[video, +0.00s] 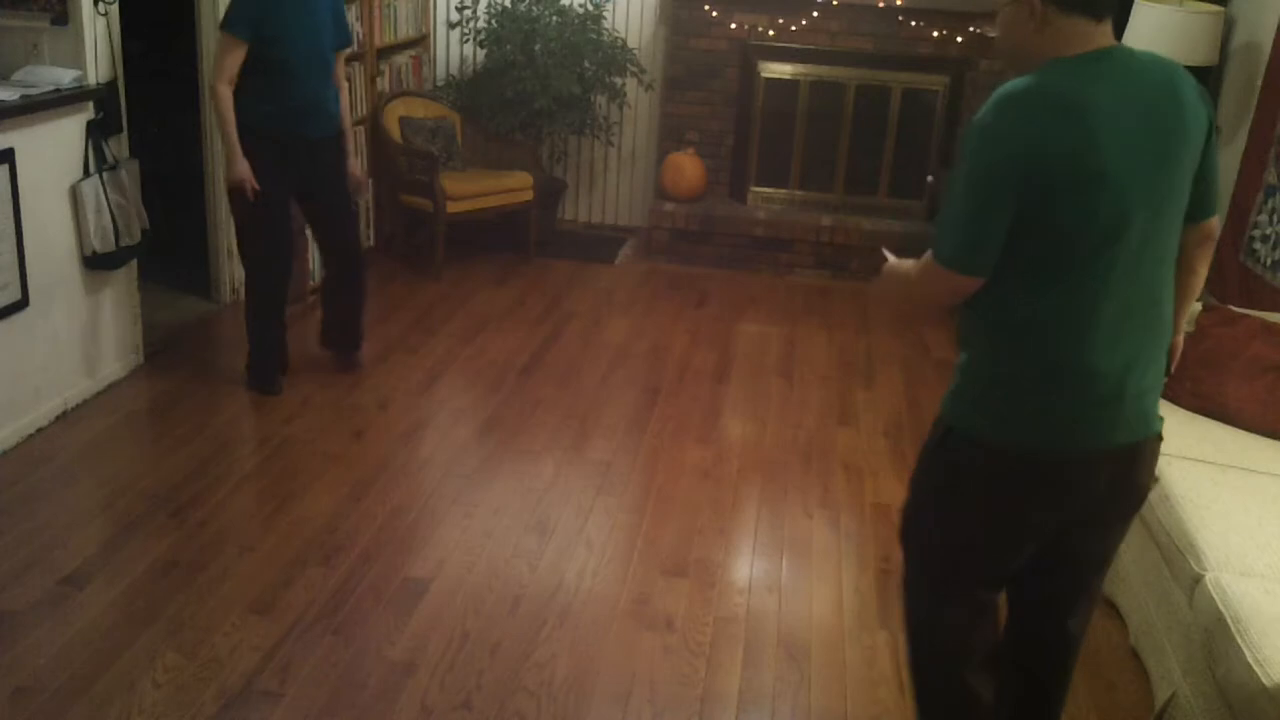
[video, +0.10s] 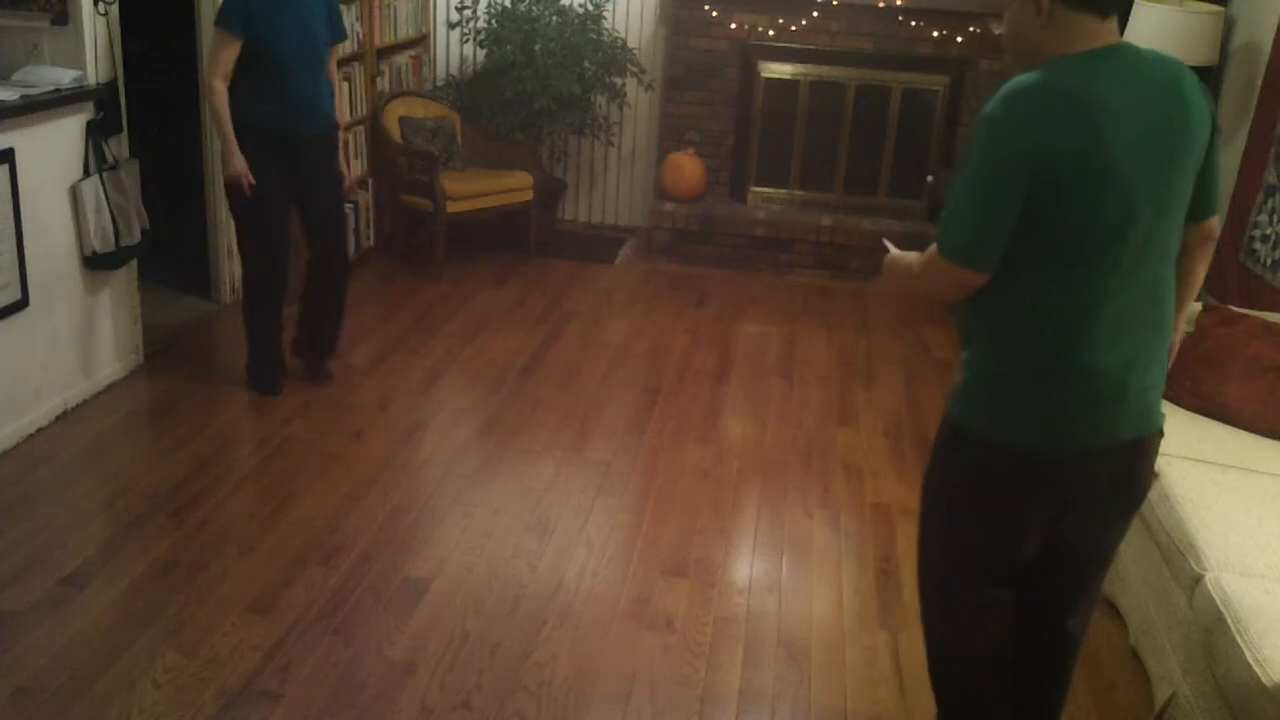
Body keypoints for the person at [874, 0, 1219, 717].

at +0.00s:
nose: (994, 27)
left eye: (999, 12)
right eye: (994, 13)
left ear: (1033, 11)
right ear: (1101, 13)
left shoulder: (1018, 110)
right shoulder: (1182, 94)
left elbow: (956, 274)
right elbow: (1200, 233)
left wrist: (901, 275)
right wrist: (1175, 328)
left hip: (1004, 439)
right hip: (1124, 443)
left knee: (945, 596)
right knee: (1051, 627)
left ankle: (957, 708)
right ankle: (1029, 711)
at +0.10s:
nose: (999, 25)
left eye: (1005, 9)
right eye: (999, 12)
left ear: (1041, 7)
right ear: (1108, 10)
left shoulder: (1023, 106)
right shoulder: (1183, 91)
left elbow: (962, 269)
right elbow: (1201, 232)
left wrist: (905, 269)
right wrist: (1170, 327)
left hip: (1008, 437)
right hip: (1125, 438)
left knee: (967, 635)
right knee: (1052, 636)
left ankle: (978, 712)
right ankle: (1033, 712)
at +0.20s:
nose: (1000, 26)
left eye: (1007, 11)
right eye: (1001, 14)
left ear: (1043, 9)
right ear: (1109, 14)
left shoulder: (1028, 110)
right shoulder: (1187, 99)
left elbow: (967, 269)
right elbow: (1197, 239)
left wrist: (906, 274)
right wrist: (1156, 324)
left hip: (1010, 438)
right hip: (1125, 442)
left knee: (965, 641)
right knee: (1051, 639)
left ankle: (978, 714)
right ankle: (1033, 713)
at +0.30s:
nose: (1001, 30)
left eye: (1008, 13)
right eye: (1003, 16)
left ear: (1040, 12)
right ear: (1110, 19)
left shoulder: (1029, 117)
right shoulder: (1183, 108)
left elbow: (966, 279)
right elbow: (1185, 254)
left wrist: (905, 289)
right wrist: (1134, 321)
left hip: (1012, 440)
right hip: (1125, 442)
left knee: (952, 624)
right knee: (1047, 639)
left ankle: (970, 711)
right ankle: (1031, 711)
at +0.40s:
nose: (999, 28)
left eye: (1005, 13)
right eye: (1001, 15)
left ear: (1035, 12)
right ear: (1105, 17)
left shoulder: (1028, 113)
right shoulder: (1175, 105)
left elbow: (966, 276)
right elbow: (1178, 251)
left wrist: (904, 291)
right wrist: (1129, 321)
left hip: (1015, 434)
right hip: (1124, 435)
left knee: (947, 618)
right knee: (1046, 626)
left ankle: (965, 710)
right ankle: (1031, 712)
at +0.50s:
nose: (984, 29)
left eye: (993, 13)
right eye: (987, 15)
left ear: (1030, 11)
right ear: (1092, 15)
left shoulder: (1028, 105)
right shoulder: (1167, 99)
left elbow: (963, 263)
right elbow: (1174, 239)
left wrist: (898, 282)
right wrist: (1125, 318)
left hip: (1015, 432)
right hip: (1121, 433)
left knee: (941, 625)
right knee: (1045, 627)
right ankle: (1028, 716)